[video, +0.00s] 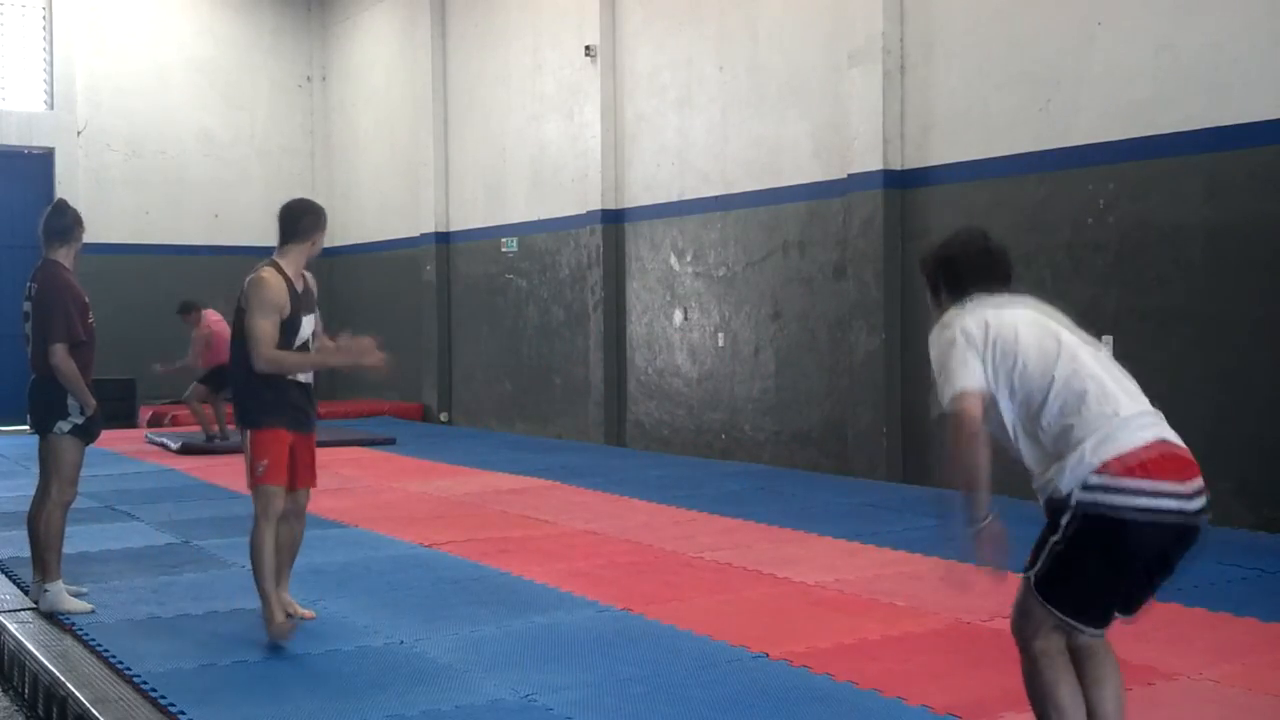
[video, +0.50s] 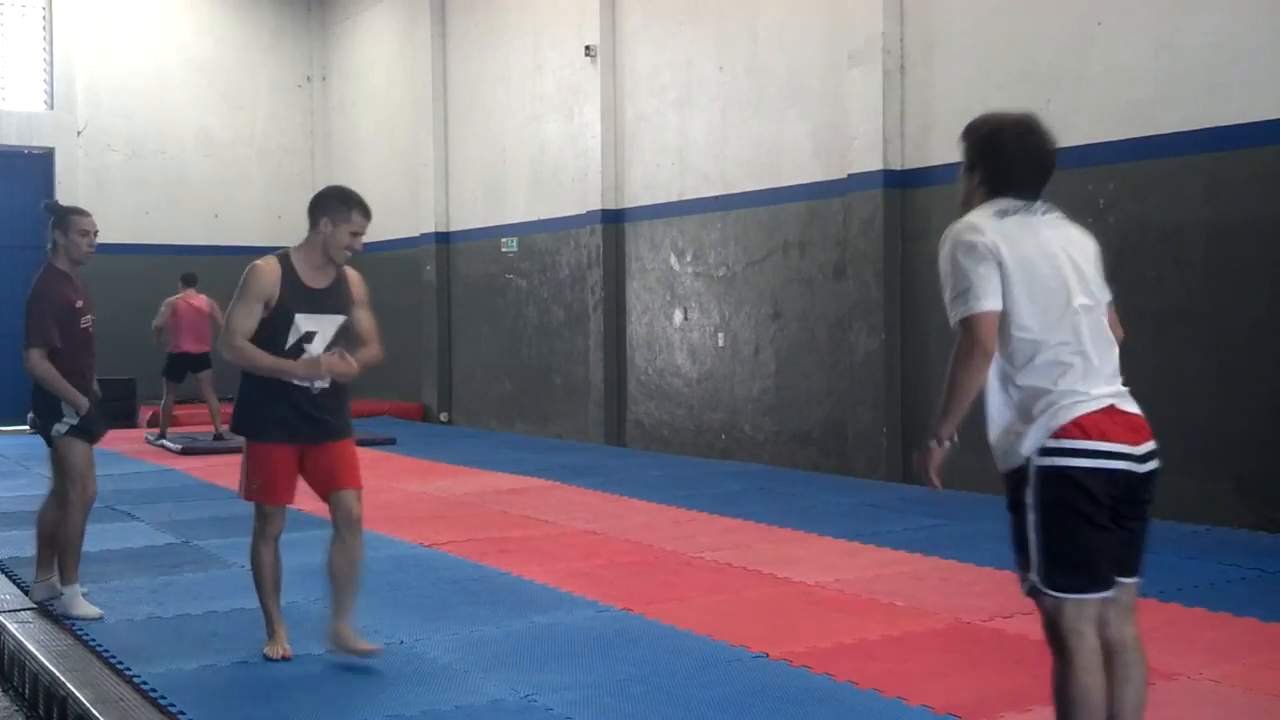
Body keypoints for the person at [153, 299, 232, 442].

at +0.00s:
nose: (185, 322)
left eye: (186, 318)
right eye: (184, 319)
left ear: (193, 313)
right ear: (197, 311)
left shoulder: (201, 330)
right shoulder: (212, 314)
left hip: (219, 368)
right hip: (231, 364)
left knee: (190, 398)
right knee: (215, 398)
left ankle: (210, 435)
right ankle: (224, 433)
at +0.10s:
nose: (181, 312)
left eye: (181, 308)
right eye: (180, 308)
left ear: (185, 304)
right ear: (195, 300)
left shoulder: (193, 318)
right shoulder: (215, 309)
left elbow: (185, 344)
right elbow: (229, 332)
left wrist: (172, 350)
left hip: (213, 365)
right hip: (231, 361)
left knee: (182, 393)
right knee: (216, 396)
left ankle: (204, 430)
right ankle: (224, 433)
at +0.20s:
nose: (181, 298)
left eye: (181, 295)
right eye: (181, 295)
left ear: (185, 292)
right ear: (196, 289)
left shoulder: (188, 306)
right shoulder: (221, 303)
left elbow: (181, 334)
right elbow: (232, 325)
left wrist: (179, 344)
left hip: (201, 354)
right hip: (222, 354)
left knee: (176, 385)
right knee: (211, 393)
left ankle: (195, 416)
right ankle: (222, 432)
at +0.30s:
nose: (182, 289)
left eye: (182, 286)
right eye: (182, 286)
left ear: (186, 284)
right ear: (199, 283)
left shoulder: (185, 299)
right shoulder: (219, 298)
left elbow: (178, 326)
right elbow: (232, 318)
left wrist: (179, 337)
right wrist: (229, 340)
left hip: (191, 350)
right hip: (213, 351)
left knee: (170, 384)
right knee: (211, 391)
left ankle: (185, 420)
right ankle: (220, 430)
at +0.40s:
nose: (181, 285)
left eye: (181, 283)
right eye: (182, 283)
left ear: (184, 282)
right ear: (198, 282)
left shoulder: (179, 298)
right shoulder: (213, 298)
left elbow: (169, 322)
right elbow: (229, 317)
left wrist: (168, 337)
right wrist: (230, 338)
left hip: (183, 351)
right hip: (206, 352)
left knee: (171, 390)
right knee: (211, 391)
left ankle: (167, 428)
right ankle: (220, 431)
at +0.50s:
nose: (180, 288)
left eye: (180, 285)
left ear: (181, 285)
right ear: (196, 285)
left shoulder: (172, 302)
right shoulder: (208, 302)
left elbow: (158, 324)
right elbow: (221, 324)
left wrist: (157, 341)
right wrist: (224, 341)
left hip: (178, 355)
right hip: (202, 355)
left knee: (169, 396)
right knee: (209, 393)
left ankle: (162, 433)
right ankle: (218, 431)